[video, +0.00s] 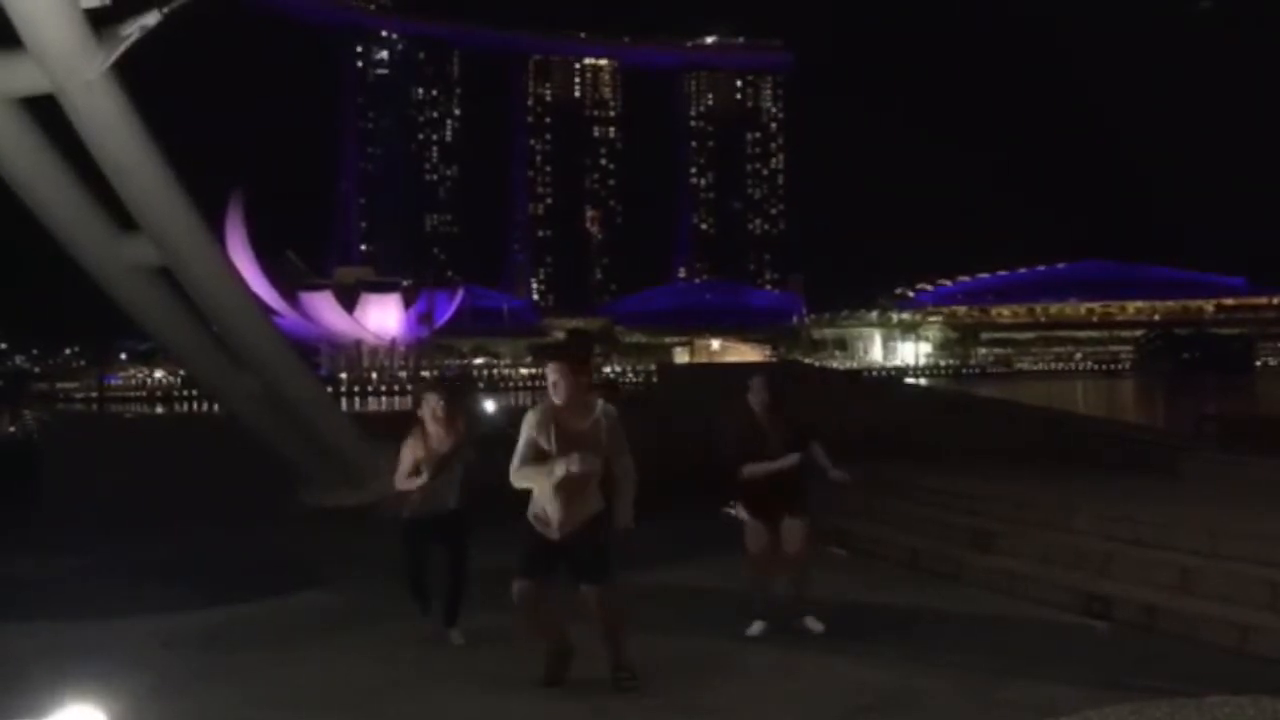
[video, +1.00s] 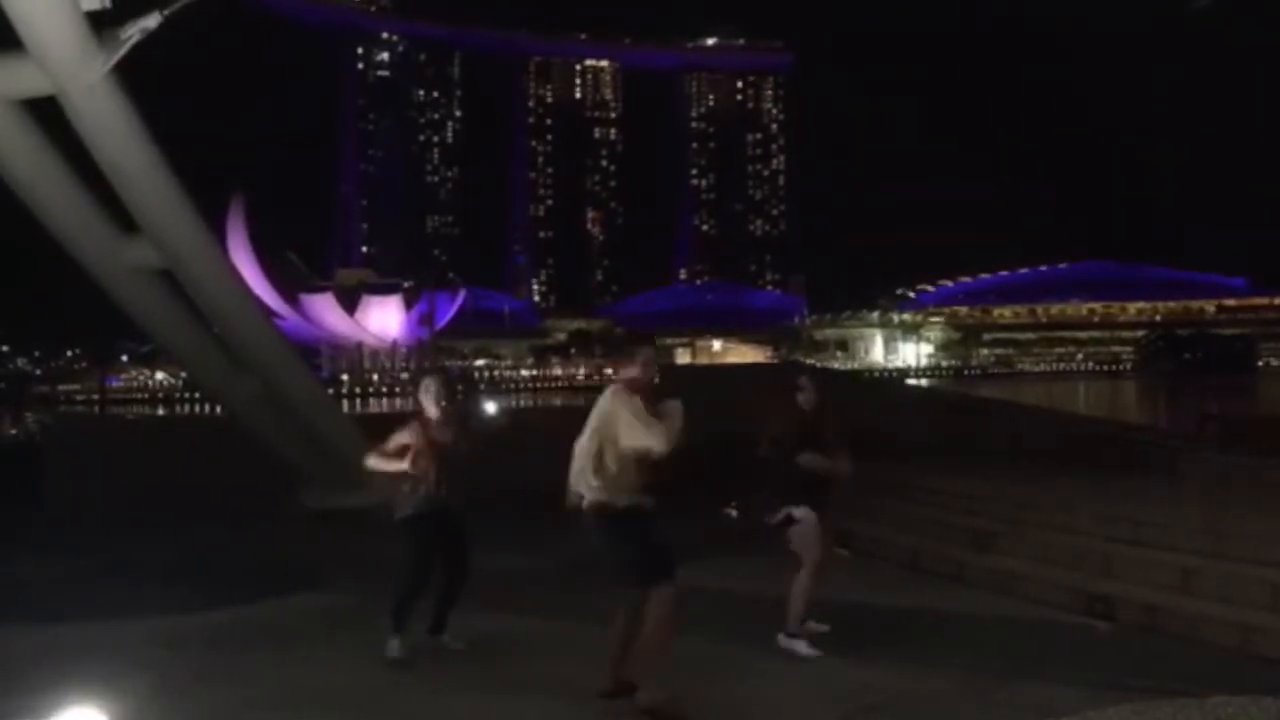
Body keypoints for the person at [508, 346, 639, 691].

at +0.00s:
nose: (552, 384)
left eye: (559, 376)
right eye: (548, 376)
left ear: (582, 378)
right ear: (544, 380)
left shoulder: (604, 417)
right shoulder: (537, 419)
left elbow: (622, 466)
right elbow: (517, 473)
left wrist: (623, 512)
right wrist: (560, 466)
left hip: (590, 520)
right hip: (544, 522)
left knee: (598, 591)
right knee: (526, 589)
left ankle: (618, 662)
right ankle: (557, 648)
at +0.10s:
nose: (536, 383)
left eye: (544, 376)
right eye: (534, 377)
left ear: (566, 378)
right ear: (532, 381)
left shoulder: (592, 413)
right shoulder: (525, 419)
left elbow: (612, 456)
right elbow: (509, 476)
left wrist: (607, 504)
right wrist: (539, 462)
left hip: (581, 523)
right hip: (532, 525)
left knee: (606, 593)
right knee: (493, 587)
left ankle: (617, 665)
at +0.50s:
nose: (569, 369)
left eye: (575, 361)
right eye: (561, 361)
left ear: (585, 368)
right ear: (547, 369)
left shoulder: (590, 406)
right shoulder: (537, 411)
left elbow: (596, 453)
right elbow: (536, 470)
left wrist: (610, 483)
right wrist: (573, 430)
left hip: (588, 515)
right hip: (541, 518)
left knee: (608, 590)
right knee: (504, 593)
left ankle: (592, 669)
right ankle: (499, 664)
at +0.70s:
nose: (604, 371)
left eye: (606, 364)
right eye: (597, 364)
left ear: (607, 371)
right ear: (579, 367)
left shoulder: (610, 406)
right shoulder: (566, 405)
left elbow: (641, 436)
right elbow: (565, 474)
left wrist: (685, 450)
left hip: (603, 512)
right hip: (568, 513)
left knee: (632, 582)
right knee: (571, 598)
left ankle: (612, 672)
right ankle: (553, 663)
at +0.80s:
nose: (610, 375)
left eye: (615, 368)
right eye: (603, 368)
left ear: (620, 371)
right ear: (587, 371)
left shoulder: (617, 407)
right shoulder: (578, 410)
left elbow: (639, 440)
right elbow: (591, 462)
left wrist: (674, 462)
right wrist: (629, 445)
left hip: (615, 511)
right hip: (582, 515)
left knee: (635, 589)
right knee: (599, 598)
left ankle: (614, 673)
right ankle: (555, 638)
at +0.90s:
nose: (629, 374)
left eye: (632, 365)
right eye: (623, 365)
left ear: (631, 367)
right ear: (602, 367)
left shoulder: (618, 406)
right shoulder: (594, 409)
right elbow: (616, 478)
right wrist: (646, 440)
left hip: (615, 510)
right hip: (595, 514)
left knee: (640, 585)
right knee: (641, 584)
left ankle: (613, 671)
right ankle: (597, 662)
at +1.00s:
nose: (650, 373)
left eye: (652, 366)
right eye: (643, 365)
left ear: (653, 371)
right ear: (625, 368)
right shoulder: (618, 399)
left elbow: (583, 447)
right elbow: (656, 444)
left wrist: (585, 489)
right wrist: (672, 413)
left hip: (629, 508)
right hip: (616, 510)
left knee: (636, 592)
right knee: (662, 586)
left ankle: (618, 677)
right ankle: (641, 679)